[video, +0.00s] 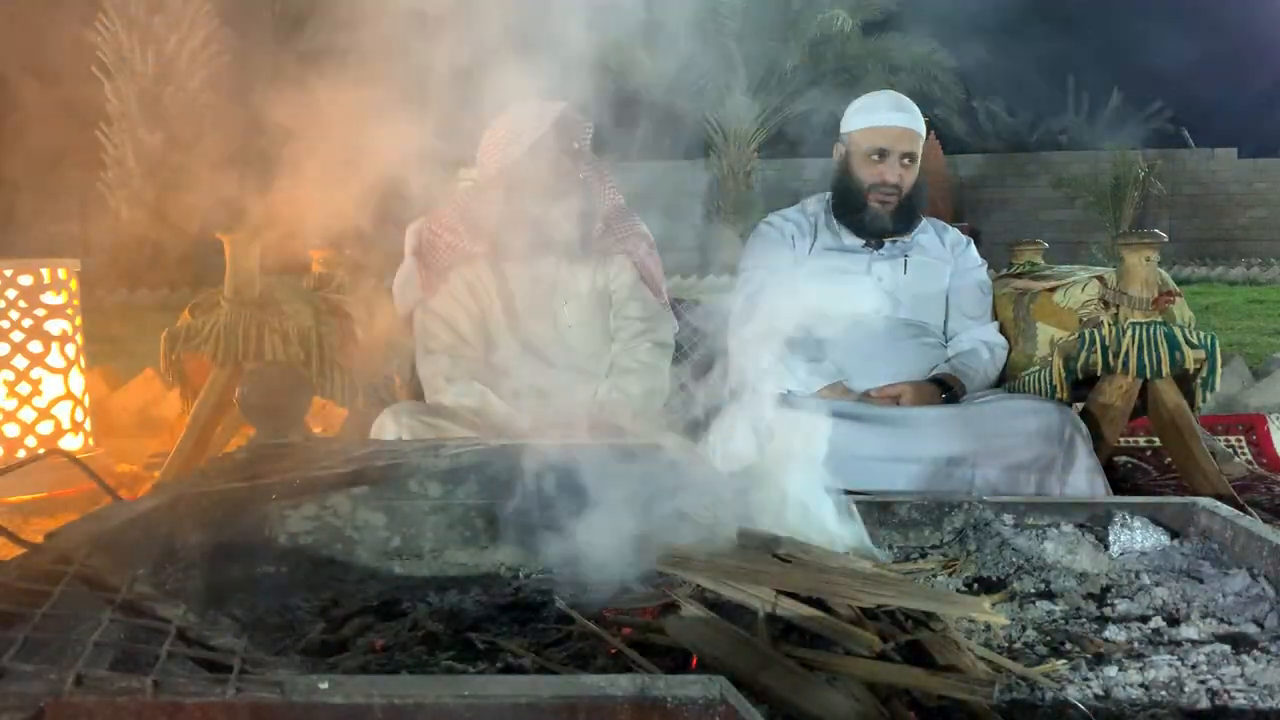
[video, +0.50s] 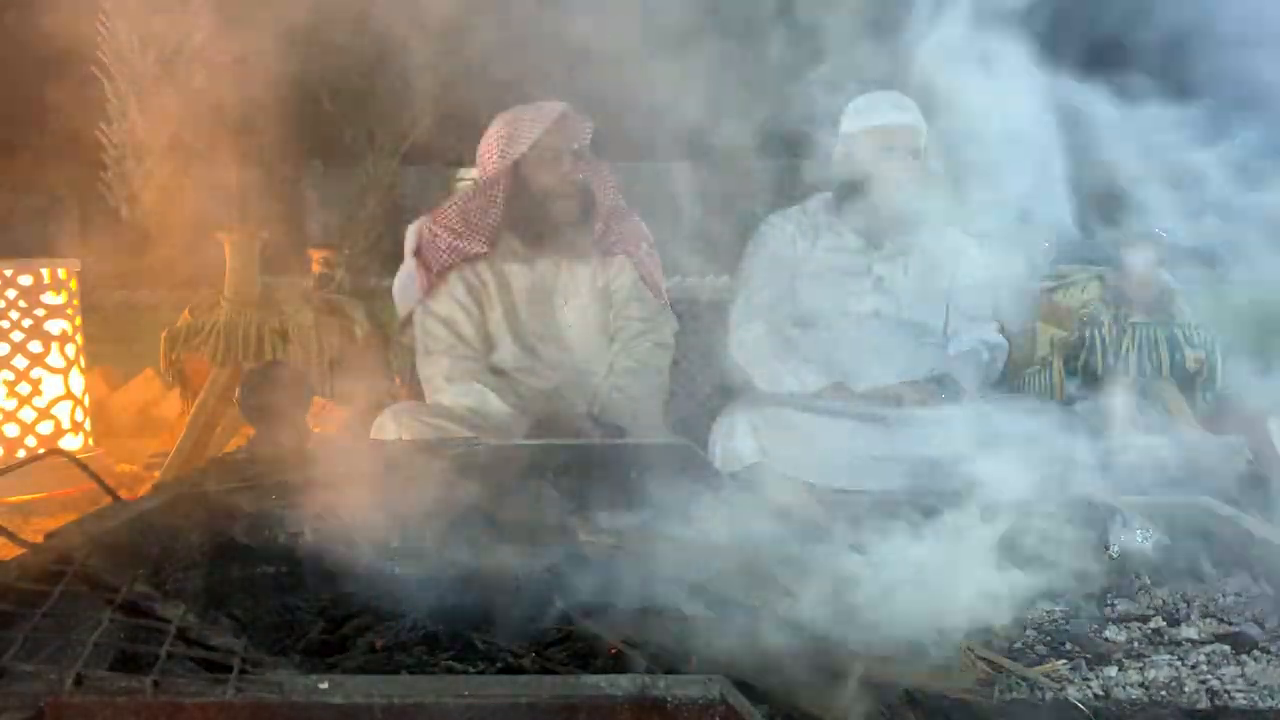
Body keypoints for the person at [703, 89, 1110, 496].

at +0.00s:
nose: (892, 176)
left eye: (906, 160)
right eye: (877, 157)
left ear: (920, 166)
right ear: (842, 154)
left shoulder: (953, 249)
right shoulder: (784, 235)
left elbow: (981, 344)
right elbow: (752, 349)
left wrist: (939, 388)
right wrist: (821, 390)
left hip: (934, 420)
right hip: (826, 418)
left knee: (1052, 426)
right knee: (783, 433)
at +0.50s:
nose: (905, 170)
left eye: (913, 155)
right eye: (887, 154)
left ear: (926, 163)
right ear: (849, 161)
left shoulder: (953, 248)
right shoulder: (787, 236)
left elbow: (982, 337)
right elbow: (750, 337)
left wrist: (940, 389)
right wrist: (824, 392)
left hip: (920, 417)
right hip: (812, 416)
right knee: (740, 429)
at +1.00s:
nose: (899, 173)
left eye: (911, 159)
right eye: (883, 156)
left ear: (923, 165)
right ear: (842, 156)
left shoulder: (953, 250)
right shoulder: (787, 234)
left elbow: (981, 340)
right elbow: (753, 332)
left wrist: (940, 388)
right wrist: (829, 394)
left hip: (930, 423)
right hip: (821, 420)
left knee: (1051, 424)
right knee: (740, 430)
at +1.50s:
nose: (880, 173)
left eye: (899, 160)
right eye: (868, 154)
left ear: (919, 171)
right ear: (844, 156)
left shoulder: (954, 251)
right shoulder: (787, 233)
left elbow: (980, 344)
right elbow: (753, 330)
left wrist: (939, 387)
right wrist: (828, 393)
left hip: (934, 421)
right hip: (825, 419)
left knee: (1055, 427)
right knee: (739, 424)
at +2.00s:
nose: (887, 180)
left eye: (903, 165)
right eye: (873, 161)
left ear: (920, 170)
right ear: (843, 156)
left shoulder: (953, 249)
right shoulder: (787, 234)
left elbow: (981, 341)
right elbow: (754, 329)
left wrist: (939, 388)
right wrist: (832, 394)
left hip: (938, 416)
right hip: (826, 413)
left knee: (1056, 426)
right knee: (743, 426)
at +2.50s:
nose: (889, 181)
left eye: (904, 166)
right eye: (874, 162)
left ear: (919, 170)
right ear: (842, 155)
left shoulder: (953, 250)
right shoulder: (786, 236)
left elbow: (980, 354)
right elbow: (755, 337)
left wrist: (928, 399)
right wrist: (845, 401)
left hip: (931, 422)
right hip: (821, 422)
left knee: (1057, 427)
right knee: (742, 426)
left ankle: (1081, 575)